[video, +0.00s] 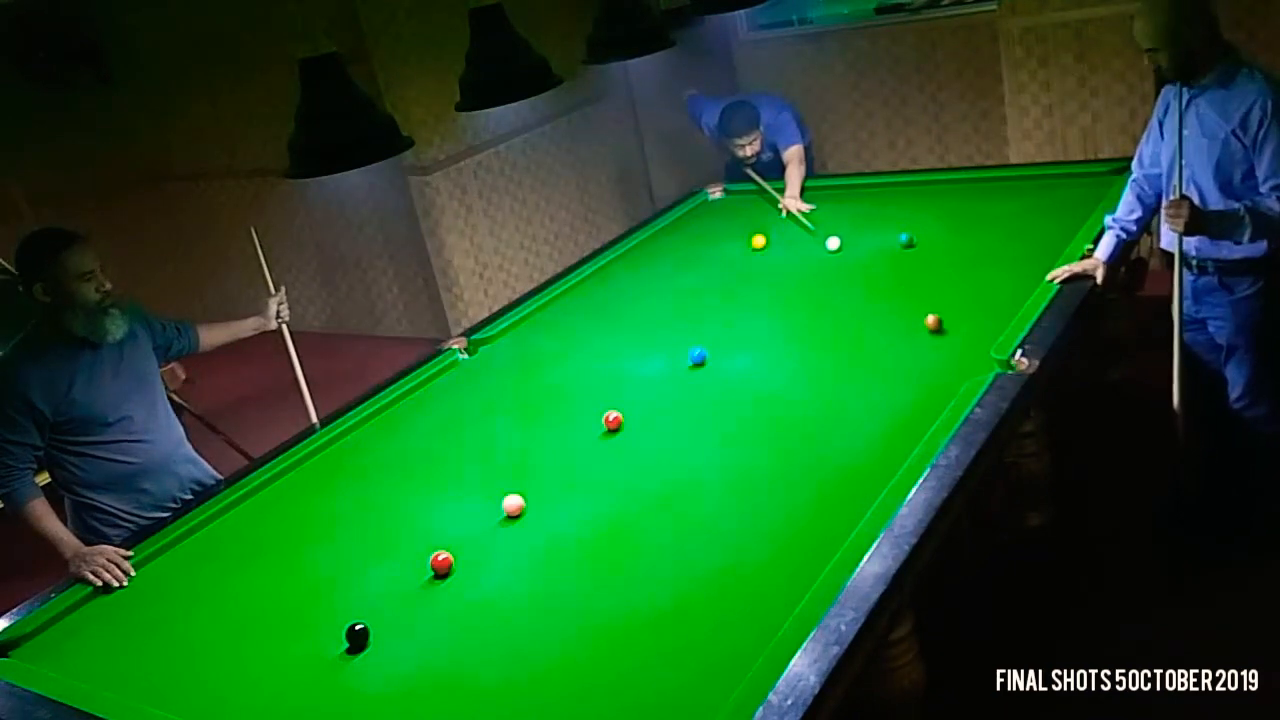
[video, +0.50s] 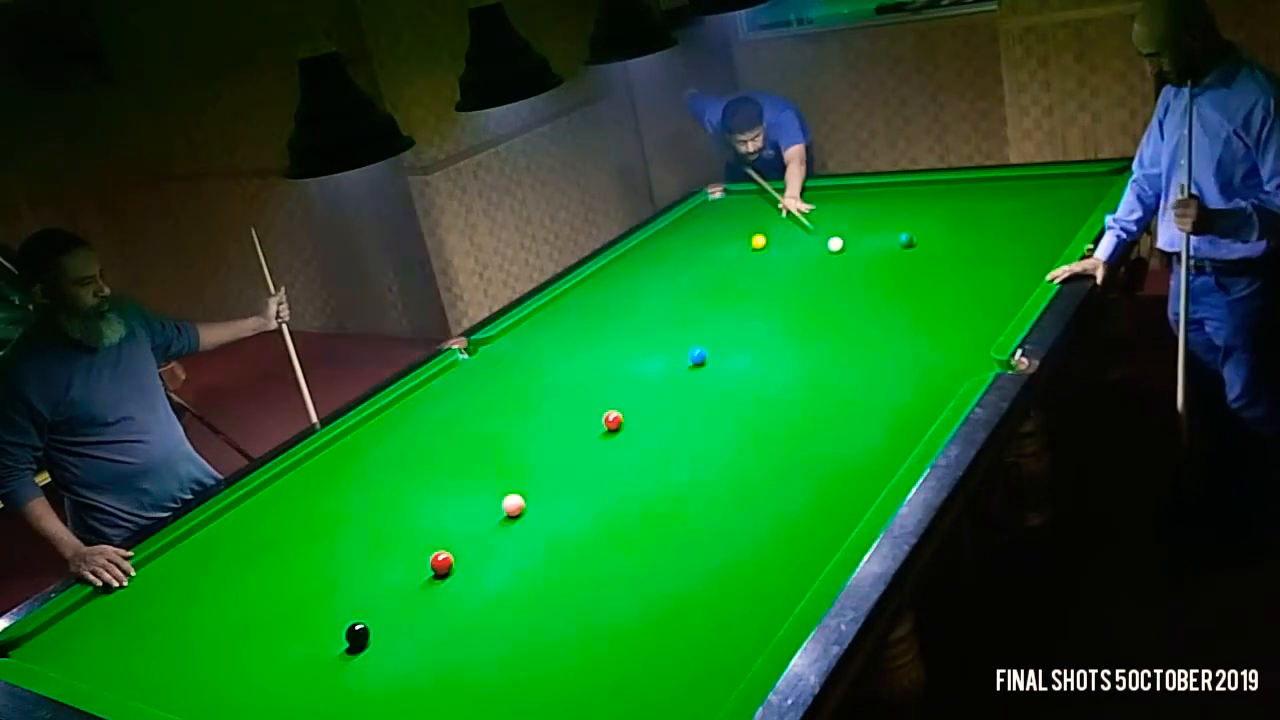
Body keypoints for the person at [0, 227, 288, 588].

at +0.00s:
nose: (104, 285)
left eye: (100, 272)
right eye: (86, 278)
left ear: (104, 269)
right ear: (44, 293)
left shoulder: (132, 325)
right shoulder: (24, 372)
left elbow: (189, 337)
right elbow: (14, 477)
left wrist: (262, 321)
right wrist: (75, 552)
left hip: (205, 504)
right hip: (128, 544)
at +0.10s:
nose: (104, 287)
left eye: (101, 275)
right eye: (86, 280)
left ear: (104, 271)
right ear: (45, 293)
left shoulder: (130, 323)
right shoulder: (24, 373)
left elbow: (187, 337)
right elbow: (14, 477)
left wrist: (261, 321)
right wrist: (75, 552)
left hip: (205, 503)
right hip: (129, 543)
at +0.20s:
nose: (103, 288)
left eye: (101, 275)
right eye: (86, 281)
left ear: (105, 270)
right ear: (44, 293)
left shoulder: (128, 321)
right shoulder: (24, 372)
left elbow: (187, 337)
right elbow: (13, 476)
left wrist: (262, 321)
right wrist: (75, 551)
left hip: (205, 503)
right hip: (129, 543)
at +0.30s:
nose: (103, 289)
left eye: (101, 276)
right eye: (85, 283)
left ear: (104, 270)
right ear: (43, 293)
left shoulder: (128, 321)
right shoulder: (24, 372)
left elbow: (186, 337)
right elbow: (13, 476)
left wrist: (262, 321)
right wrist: (75, 551)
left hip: (205, 503)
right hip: (130, 543)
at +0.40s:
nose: (102, 290)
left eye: (100, 277)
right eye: (85, 283)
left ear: (104, 271)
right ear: (43, 294)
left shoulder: (128, 321)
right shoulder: (23, 372)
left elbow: (186, 336)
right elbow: (13, 477)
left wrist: (261, 321)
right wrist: (75, 551)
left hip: (205, 503)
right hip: (130, 543)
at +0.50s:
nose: (102, 290)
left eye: (100, 277)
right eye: (84, 283)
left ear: (104, 272)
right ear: (44, 295)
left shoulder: (127, 320)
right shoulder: (24, 372)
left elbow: (185, 336)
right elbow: (13, 476)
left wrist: (261, 321)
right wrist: (75, 551)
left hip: (205, 503)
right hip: (130, 543)